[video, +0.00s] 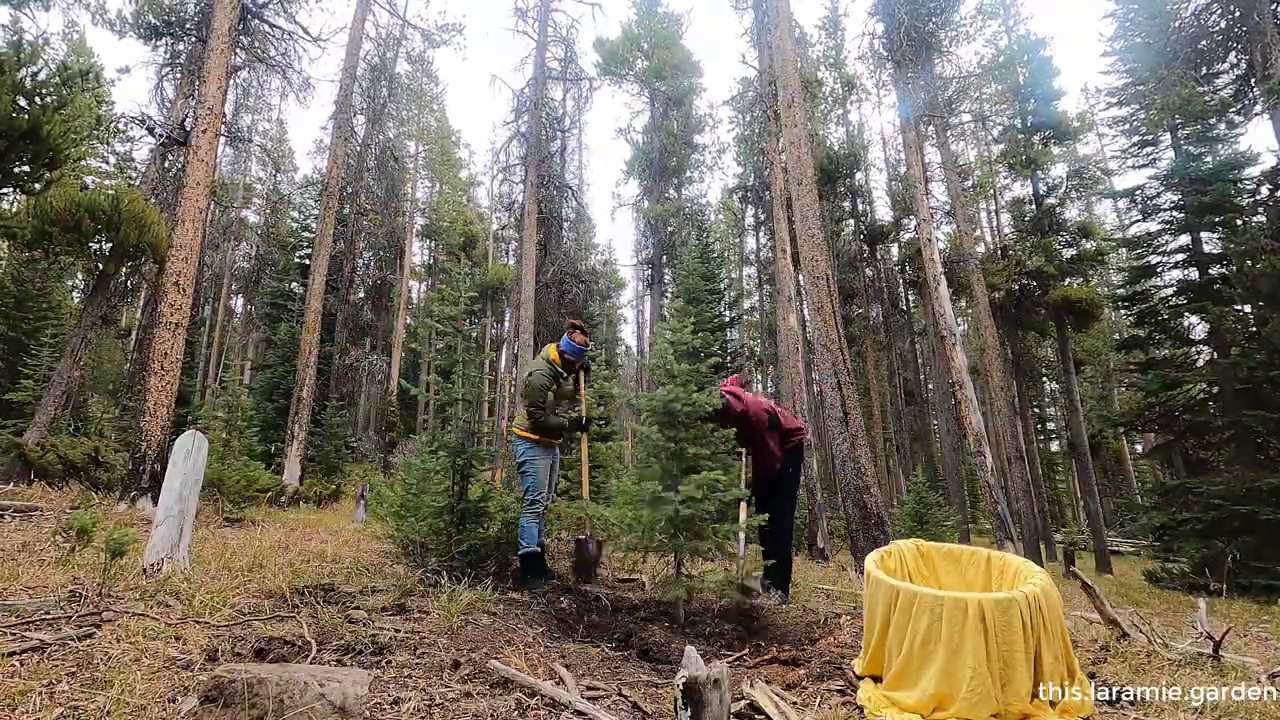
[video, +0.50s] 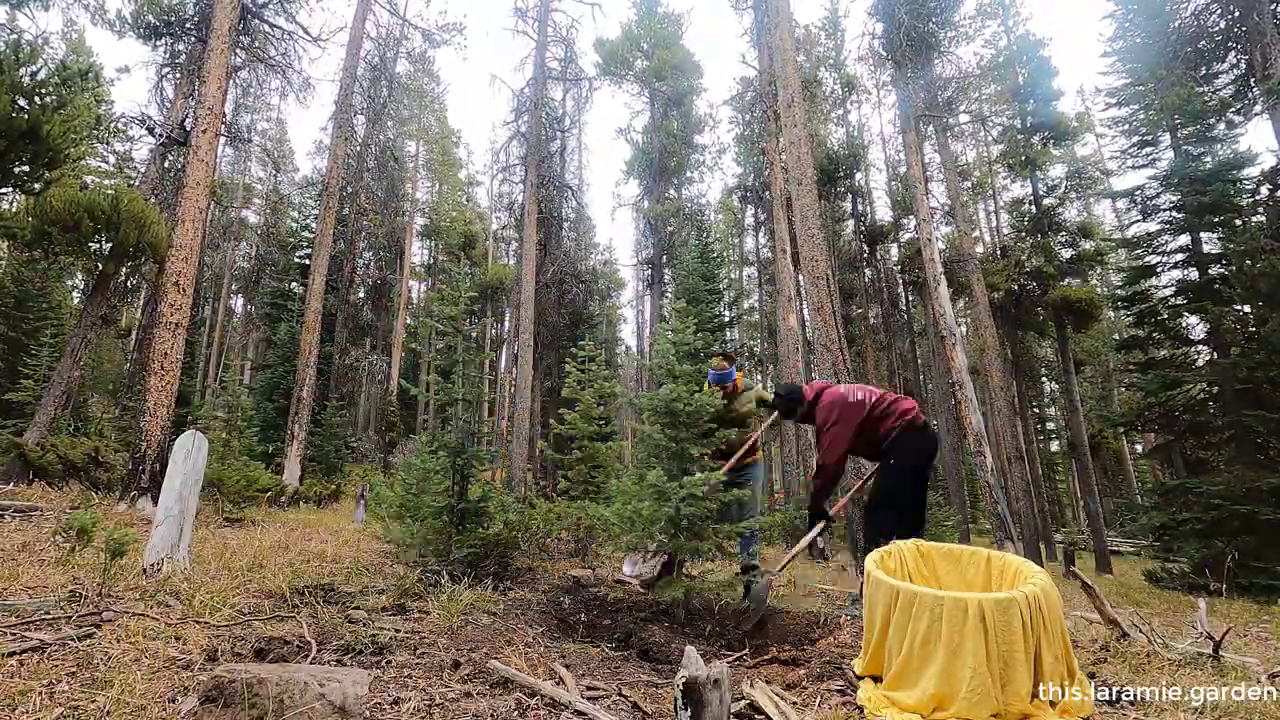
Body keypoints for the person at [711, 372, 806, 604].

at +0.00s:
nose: (720, 422)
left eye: (719, 417)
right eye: (716, 418)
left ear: (724, 407)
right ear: (723, 404)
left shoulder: (754, 411)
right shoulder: (737, 409)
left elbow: (773, 460)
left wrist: (754, 490)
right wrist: (743, 444)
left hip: (789, 445)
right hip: (767, 450)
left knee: (780, 517)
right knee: (766, 514)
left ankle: (780, 588)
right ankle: (771, 581)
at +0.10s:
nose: (748, 445)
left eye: (746, 439)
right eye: (743, 441)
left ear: (752, 430)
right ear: (755, 419)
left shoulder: (787, 432)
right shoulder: (776, 412)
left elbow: (788, 497)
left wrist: (771, 538)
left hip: (855, 453)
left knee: (829, 522)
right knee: (854, 526)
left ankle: (830, 597)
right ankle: (874, 590)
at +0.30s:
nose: (724, 438)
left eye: (723, 434)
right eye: (724, 434)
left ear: (725, 428)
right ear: (738, 415)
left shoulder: (733, 435)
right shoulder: (758, 418)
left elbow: (747, 483)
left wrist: (759, 508)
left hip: (795, 449)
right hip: (820, 442)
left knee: (767, 515)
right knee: (803, 516)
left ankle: (810, 566)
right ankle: (807, 587)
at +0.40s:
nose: (789, 528)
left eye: (795, 522)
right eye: (786, 521)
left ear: (811, 506)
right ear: (778, 506)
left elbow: (869, 456)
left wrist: (891, 495)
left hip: (841, 486)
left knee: (838, 536)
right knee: (791, 545)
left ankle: (846, 599)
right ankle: (806, 599)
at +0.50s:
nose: (798, 422)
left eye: (796, 417)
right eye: (794, 419)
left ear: (800, 407)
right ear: (802, 396)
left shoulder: (832, 404)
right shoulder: (829, 400)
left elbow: (830, 465)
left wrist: (817, 508)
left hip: (908, 440)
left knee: (879, 512)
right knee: (907, 514)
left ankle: (880, 583)